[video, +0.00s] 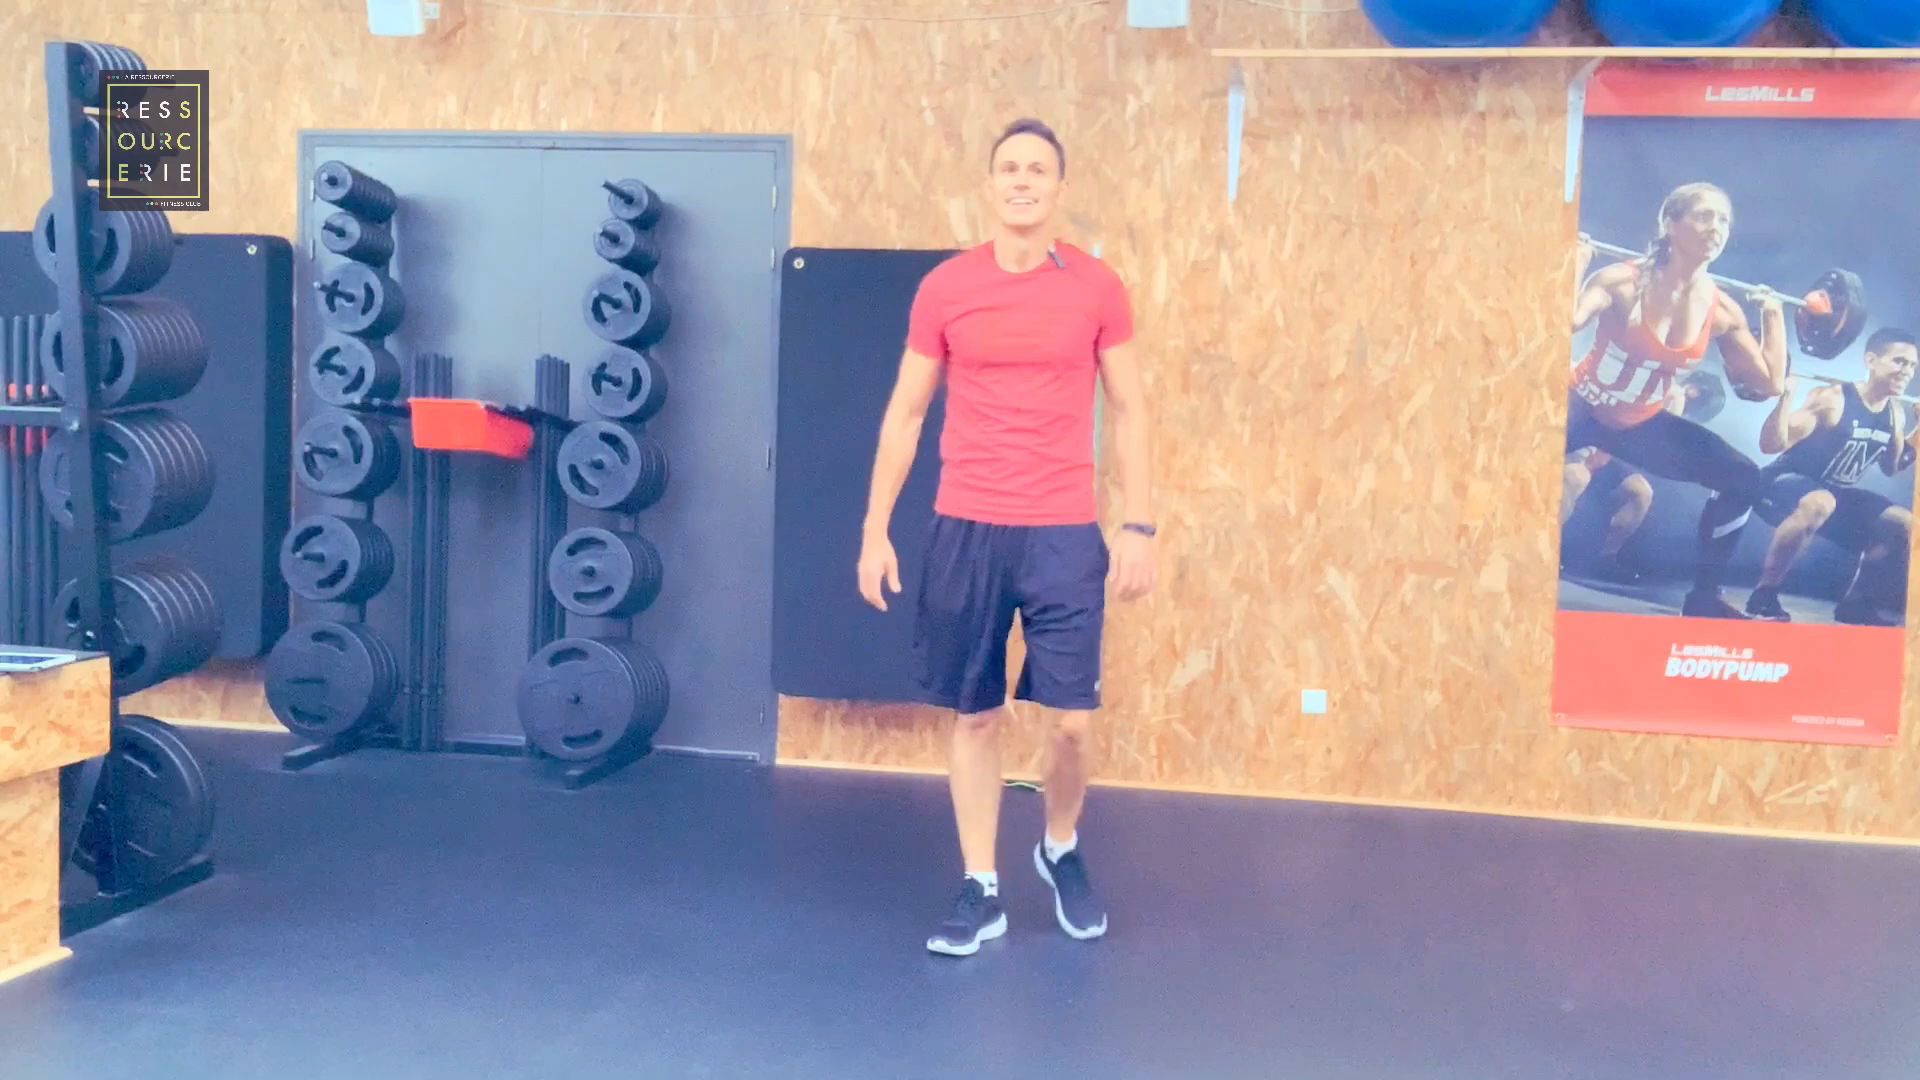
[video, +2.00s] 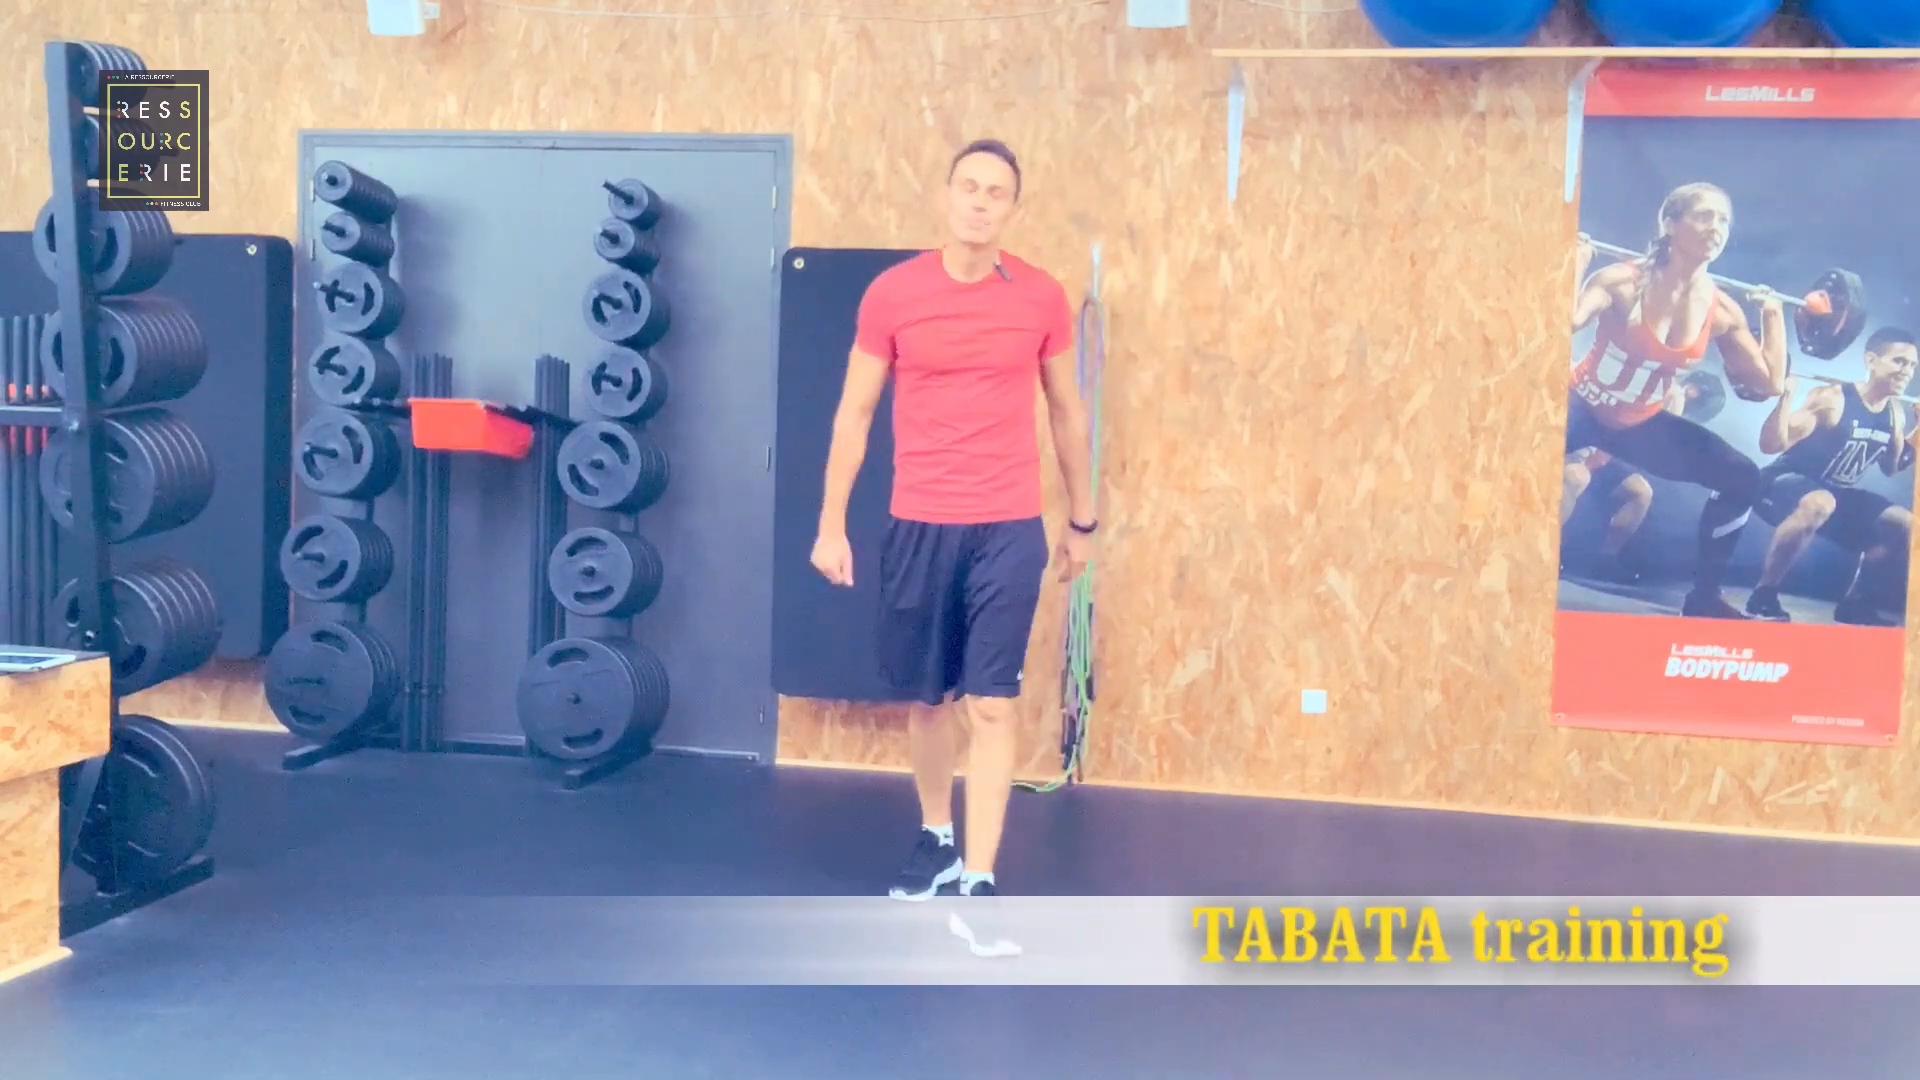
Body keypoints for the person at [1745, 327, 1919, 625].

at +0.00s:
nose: (1906, 371)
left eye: (1911, 365)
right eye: (1899, 361)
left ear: (1914, 371)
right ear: (1871, 361)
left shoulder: (1894, 412)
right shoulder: (1830, 398)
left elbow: (1891, 467)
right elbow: (1769, 444)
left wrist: (1912, 444)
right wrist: (1785, 395)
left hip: (1839, 495)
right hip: (1785, 482)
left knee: (1906, 524)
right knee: (1821, 502)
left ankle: (1854, 603)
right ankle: (1763, 596)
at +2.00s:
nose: (1906, 371)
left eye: (1911, 365)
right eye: (1899, 361)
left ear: (1914, 371)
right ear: (1871, 361)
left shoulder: (1894, 413)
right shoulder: (1830, 398)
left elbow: (1891, 467)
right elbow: (1769, 444)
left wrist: (1910, 443)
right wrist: (1785, 395)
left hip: (1839, 495)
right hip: (1786, 481)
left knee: (1906, 525)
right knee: (1820, 503)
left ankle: (1855, 604)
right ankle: (1764, 596)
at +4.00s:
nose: (1906, 371)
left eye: (1911, 365)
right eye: (1899, 361)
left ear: (1914, 371)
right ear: (1871, 361)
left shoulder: (1894, 412)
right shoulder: (1830, 398)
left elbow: (1892, 467)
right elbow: (1769, 444)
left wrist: (1912, 442)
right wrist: (1785, 395)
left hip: (1839, 495)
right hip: (1785, 482)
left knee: (1905, 525)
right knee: (1821, 502)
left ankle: (1855, 605)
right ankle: (1764, 596)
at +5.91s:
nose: (1906, 372)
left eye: (1911, 365)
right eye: (1899, 361)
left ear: (1913, 371)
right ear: (1872, 361)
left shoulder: (1894, 411)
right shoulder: (1831, 397)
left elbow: (1891, 466)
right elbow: (1769, 444)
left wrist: (1912, 442)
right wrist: (1785, 397)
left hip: (1838, 495)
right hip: (1785, 482)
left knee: (1905, 524)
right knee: (1820, 502)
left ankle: (1854, 604)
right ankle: (1764, 596)